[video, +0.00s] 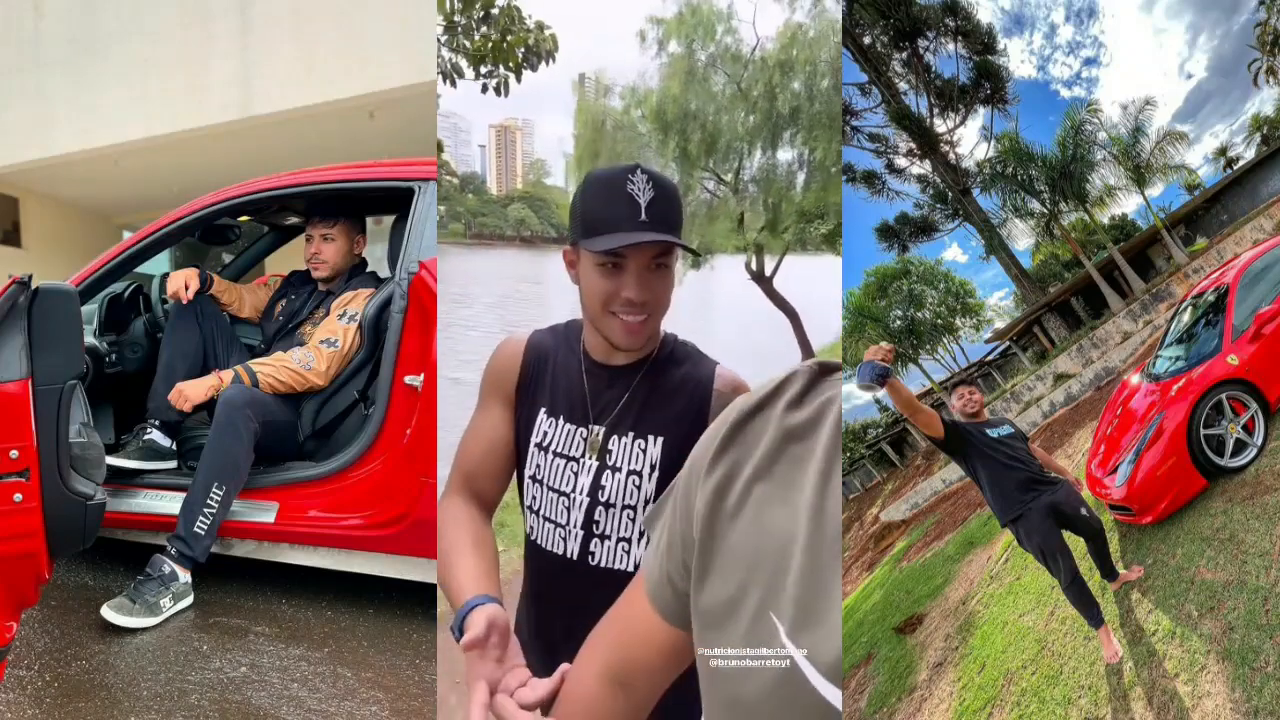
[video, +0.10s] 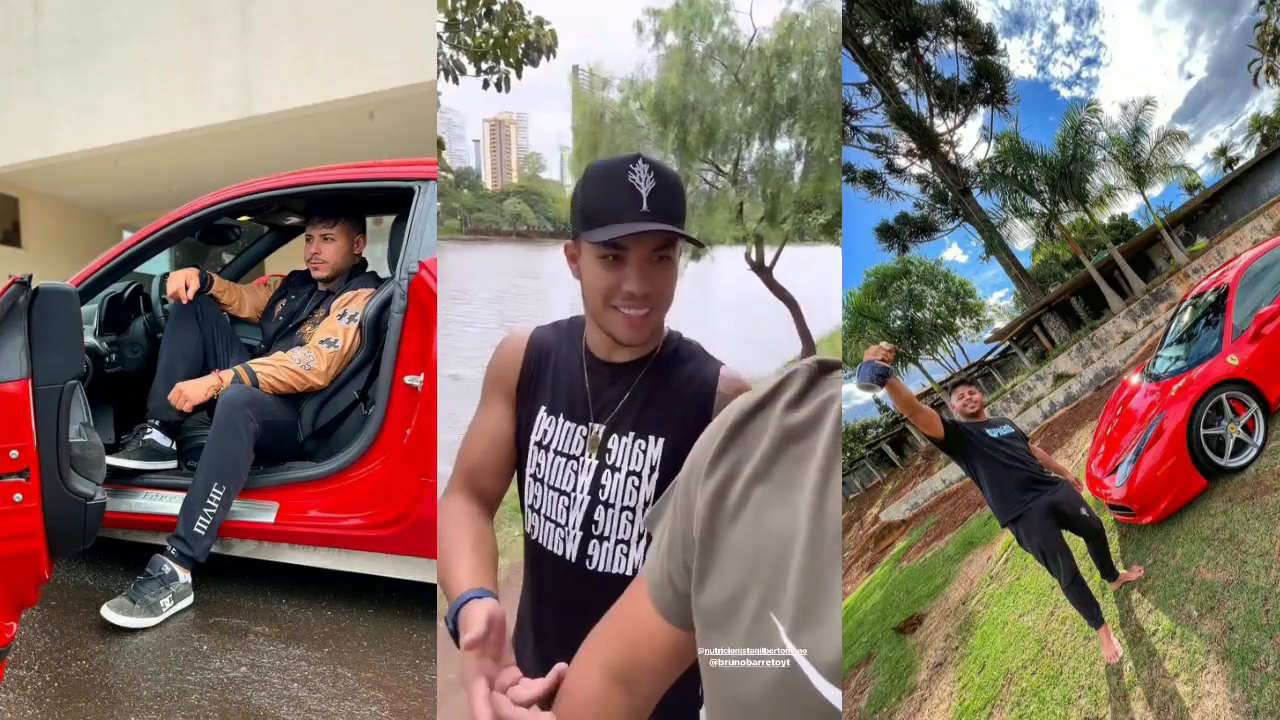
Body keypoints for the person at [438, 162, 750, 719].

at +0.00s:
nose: (635, 292)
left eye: (658, 265)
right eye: (611, 264)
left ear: (676, 267)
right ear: (572, 264)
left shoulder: (718, 401)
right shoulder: (522, 366)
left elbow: (723, 583)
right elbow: (468, 499)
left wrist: (593, 678)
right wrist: (480, 605)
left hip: (659, 698)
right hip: (536, 683)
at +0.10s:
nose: (636, 284)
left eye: (660, 257)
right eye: (612, 256)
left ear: (679, 261)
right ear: (573, 258)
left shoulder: (720, 402)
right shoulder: (525, 361)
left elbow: (728, 582)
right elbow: (470, 496)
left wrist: (587, 684)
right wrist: (475, 601)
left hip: (656, 700)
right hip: (535, 683)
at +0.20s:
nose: (627, 269)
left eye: (652, 243)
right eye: (605, 242)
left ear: (678, 242)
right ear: (570, 237)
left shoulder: (717, 379)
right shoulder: (528, 332)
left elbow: (737, 550)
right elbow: (469, 462)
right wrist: (478, 555)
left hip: (639, 684)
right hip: (530, 667)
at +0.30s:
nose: (613, 269)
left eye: (637, 243)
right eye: (591, 244)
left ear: (668, 233)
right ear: (561, 232)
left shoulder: (712, 367)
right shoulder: (533, 320)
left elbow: (732, 545)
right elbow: (475, 442)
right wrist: (482, 517)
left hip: (629, 667)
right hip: (519, 642)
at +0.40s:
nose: (599, 290)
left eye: (620, 264)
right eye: (577, 267)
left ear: (652, 258)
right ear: (552, 264)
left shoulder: (697, 382)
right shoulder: (526, 339)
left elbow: (704, 568)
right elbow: (474, 455)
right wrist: (465, 521)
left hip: (617, 690)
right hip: (507, 664)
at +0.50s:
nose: (585, 289)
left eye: (608, 264)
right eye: (564, 266)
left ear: (640, 257)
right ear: (539, 264)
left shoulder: (682, 386)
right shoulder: (515, 342)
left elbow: (677, 561)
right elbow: (462, 454)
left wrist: (615, 706)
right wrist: (444, 512)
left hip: (604, 690)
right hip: (500, 670)